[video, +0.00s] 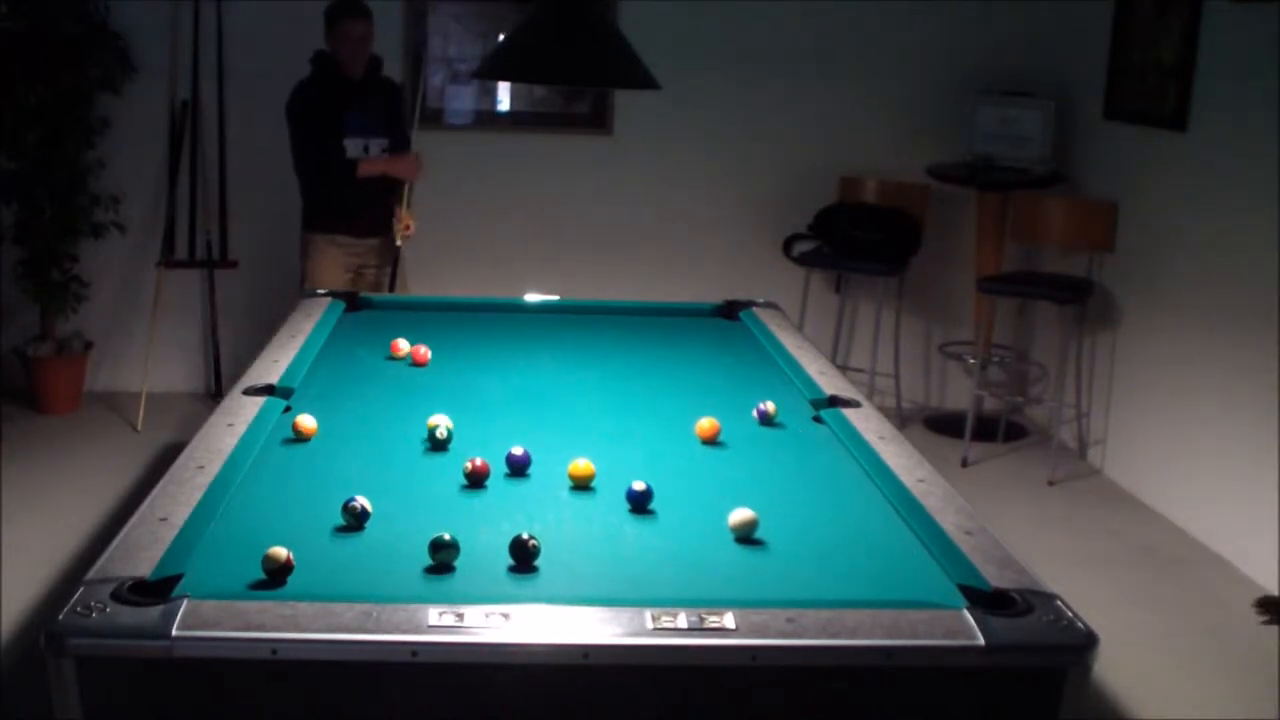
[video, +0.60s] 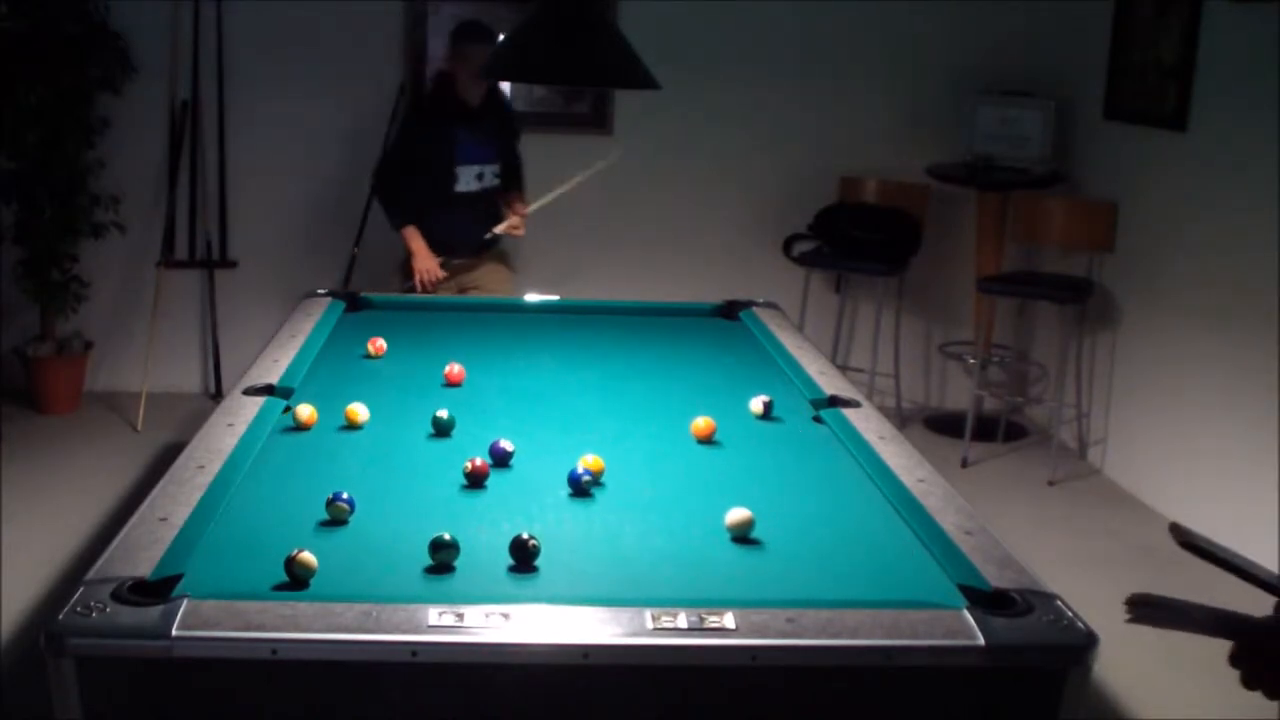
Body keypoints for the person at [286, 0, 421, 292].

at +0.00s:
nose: (358, 48)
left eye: (364, 38)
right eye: (350, 39)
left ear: (372, 38)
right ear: (331, 41)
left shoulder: (387, 91)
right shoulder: (309, 93)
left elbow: (400, 159)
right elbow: (318, 171)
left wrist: (400, 210)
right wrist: (387, 165)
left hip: (379, 236)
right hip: (329, 236)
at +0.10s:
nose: (358, 49)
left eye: (364, 39)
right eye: (349, 40)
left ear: (373, 39)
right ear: (331, 41)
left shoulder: (393, 90)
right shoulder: (310, 94)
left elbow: (410, 154)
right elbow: (310, 172)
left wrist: (406, 201)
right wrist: (376, 177)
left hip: (392, 239)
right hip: (336, 239)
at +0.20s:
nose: (363, 54)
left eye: (371, 43)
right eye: (354, 44)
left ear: (381, 43)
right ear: (338, 44)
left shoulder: (402, 91)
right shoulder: (319, 98)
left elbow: (420, 154)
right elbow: (306, 174)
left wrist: (414, 195)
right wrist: (367, 211)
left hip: (402, 240)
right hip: (346, 244)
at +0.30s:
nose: (378, 57)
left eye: (385, 47)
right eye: (369, 47)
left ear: (395, 46)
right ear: (354, 47)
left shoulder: (413, 91)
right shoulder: (334, 101)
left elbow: (435, 151)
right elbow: (314, 179)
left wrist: (435, 191)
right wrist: (363, 235)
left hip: (415, 246)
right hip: (354, 249)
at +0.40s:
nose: (402, 62)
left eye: (409, 52)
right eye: (393, 52)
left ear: (421, 54)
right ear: (378, 53)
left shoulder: (435, 102)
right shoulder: (354, 108)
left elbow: (452, 157)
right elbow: (332, 185)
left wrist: (459, 191)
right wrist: (372, 246)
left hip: (429, 247)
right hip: (371, 250)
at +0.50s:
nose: (435, 69)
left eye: (442, 59)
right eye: (426, 59)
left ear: (454, 61)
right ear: (411, 60)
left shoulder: (464, 109)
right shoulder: (385, 112)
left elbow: (477, 163)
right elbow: (356, 185)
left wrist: (487, 200)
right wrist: (394, 249)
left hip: (453, 251)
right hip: (395, 253)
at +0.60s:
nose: (479, 71)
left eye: (486, 62)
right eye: (470, 61)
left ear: (496, 62)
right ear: (453, 61)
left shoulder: (499, 112)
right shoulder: (426, 110)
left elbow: (510, 166)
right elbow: (388, 182)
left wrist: (514, 205)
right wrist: (418, 249)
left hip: (485, 258)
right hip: (431, 263)